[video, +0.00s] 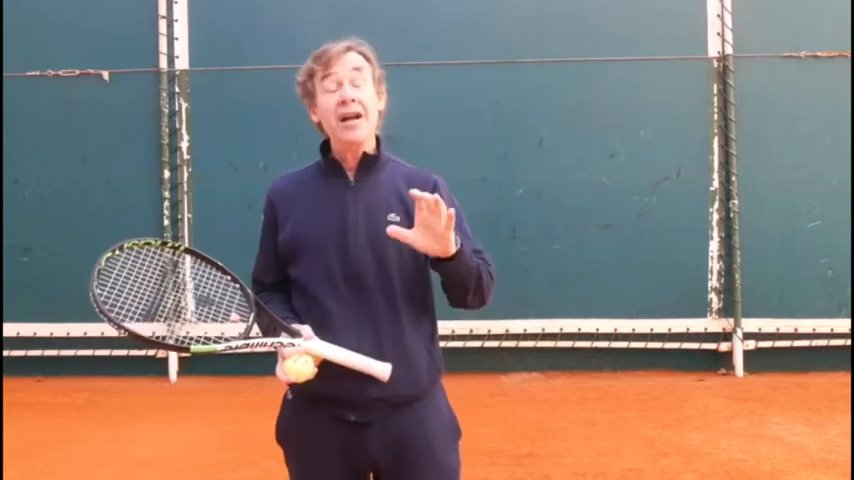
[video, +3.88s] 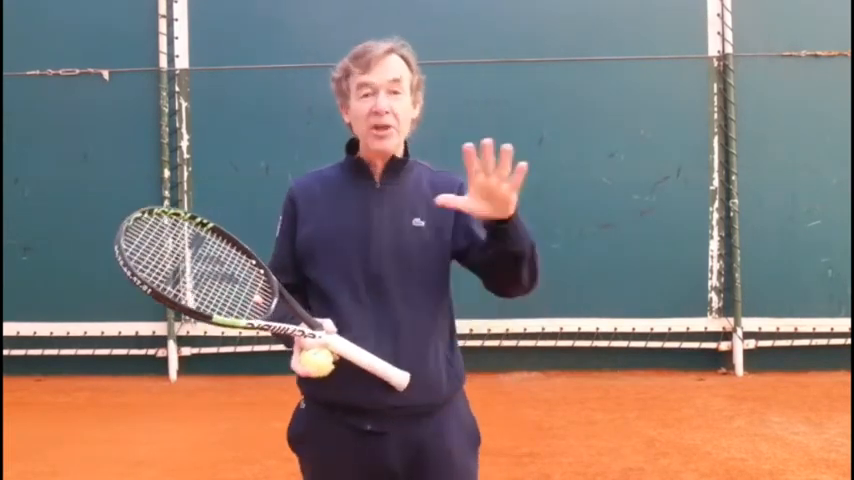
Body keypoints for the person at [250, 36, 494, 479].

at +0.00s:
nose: (347, 94)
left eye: (358, 81)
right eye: (331, 86)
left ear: (380, 98)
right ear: (314, 111)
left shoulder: (425, 190)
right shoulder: (285, 198)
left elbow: (476, 295)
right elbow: (268, 290)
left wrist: (447, 255)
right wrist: (290, 338)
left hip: (414, 414)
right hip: (319, 417)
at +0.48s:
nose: (341, 107)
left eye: (352, 93)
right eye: (326, 97)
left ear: (374, 104)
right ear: (309, 114)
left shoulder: (413, 194)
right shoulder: (279, 202)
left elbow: (455, 278)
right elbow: (264, 293)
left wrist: (495, 296)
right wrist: (284, 340)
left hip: (405, 411)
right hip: (313, 414)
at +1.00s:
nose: (359, 114)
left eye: (369, 99)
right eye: (343, 103)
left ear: (390, 106)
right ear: (324, 115)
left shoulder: (428, 196)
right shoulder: (289, 200)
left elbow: (470, 281)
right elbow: (271, 291)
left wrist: (435, 318)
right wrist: (299, 341)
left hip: (417, 415)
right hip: (322, 417)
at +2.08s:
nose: (416, 96)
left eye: (430, 82)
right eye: (402, 86)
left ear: (453, 99)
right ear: (384, 105)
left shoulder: (487, 197)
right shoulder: (343, 196)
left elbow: (523, 296)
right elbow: (316, 300)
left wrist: (481, 345)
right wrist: (358, 338)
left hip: (475, 429)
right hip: (375, 428)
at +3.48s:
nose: (405, 87)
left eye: (420, 77)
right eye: (392, 79)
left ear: (443, 100)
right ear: (374, 105)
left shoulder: (478, 197)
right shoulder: (331, 195)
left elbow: (525, 282)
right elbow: (302, 299)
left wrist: (509, 299)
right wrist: (333, 338)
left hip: (458, 430)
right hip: (359, 427)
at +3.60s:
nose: (398, 93)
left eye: (412, 81)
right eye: (384, 83)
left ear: (434, 101)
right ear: (365, 107)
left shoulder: (470, 196)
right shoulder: (324, 196)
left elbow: (527, 289)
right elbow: (295, 297)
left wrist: (481, 275)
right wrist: (325, 337)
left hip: (450, 427)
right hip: (352, 424)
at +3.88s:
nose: (381, 106)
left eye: (394, 92)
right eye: (367, 93)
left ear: (415, 106)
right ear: (346, 109)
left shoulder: (446, 192)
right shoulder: (306, 197)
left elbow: (513, 283)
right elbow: (282, 293)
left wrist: (505, 223)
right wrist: (302, 335)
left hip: (434, 423)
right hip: (338, 423)